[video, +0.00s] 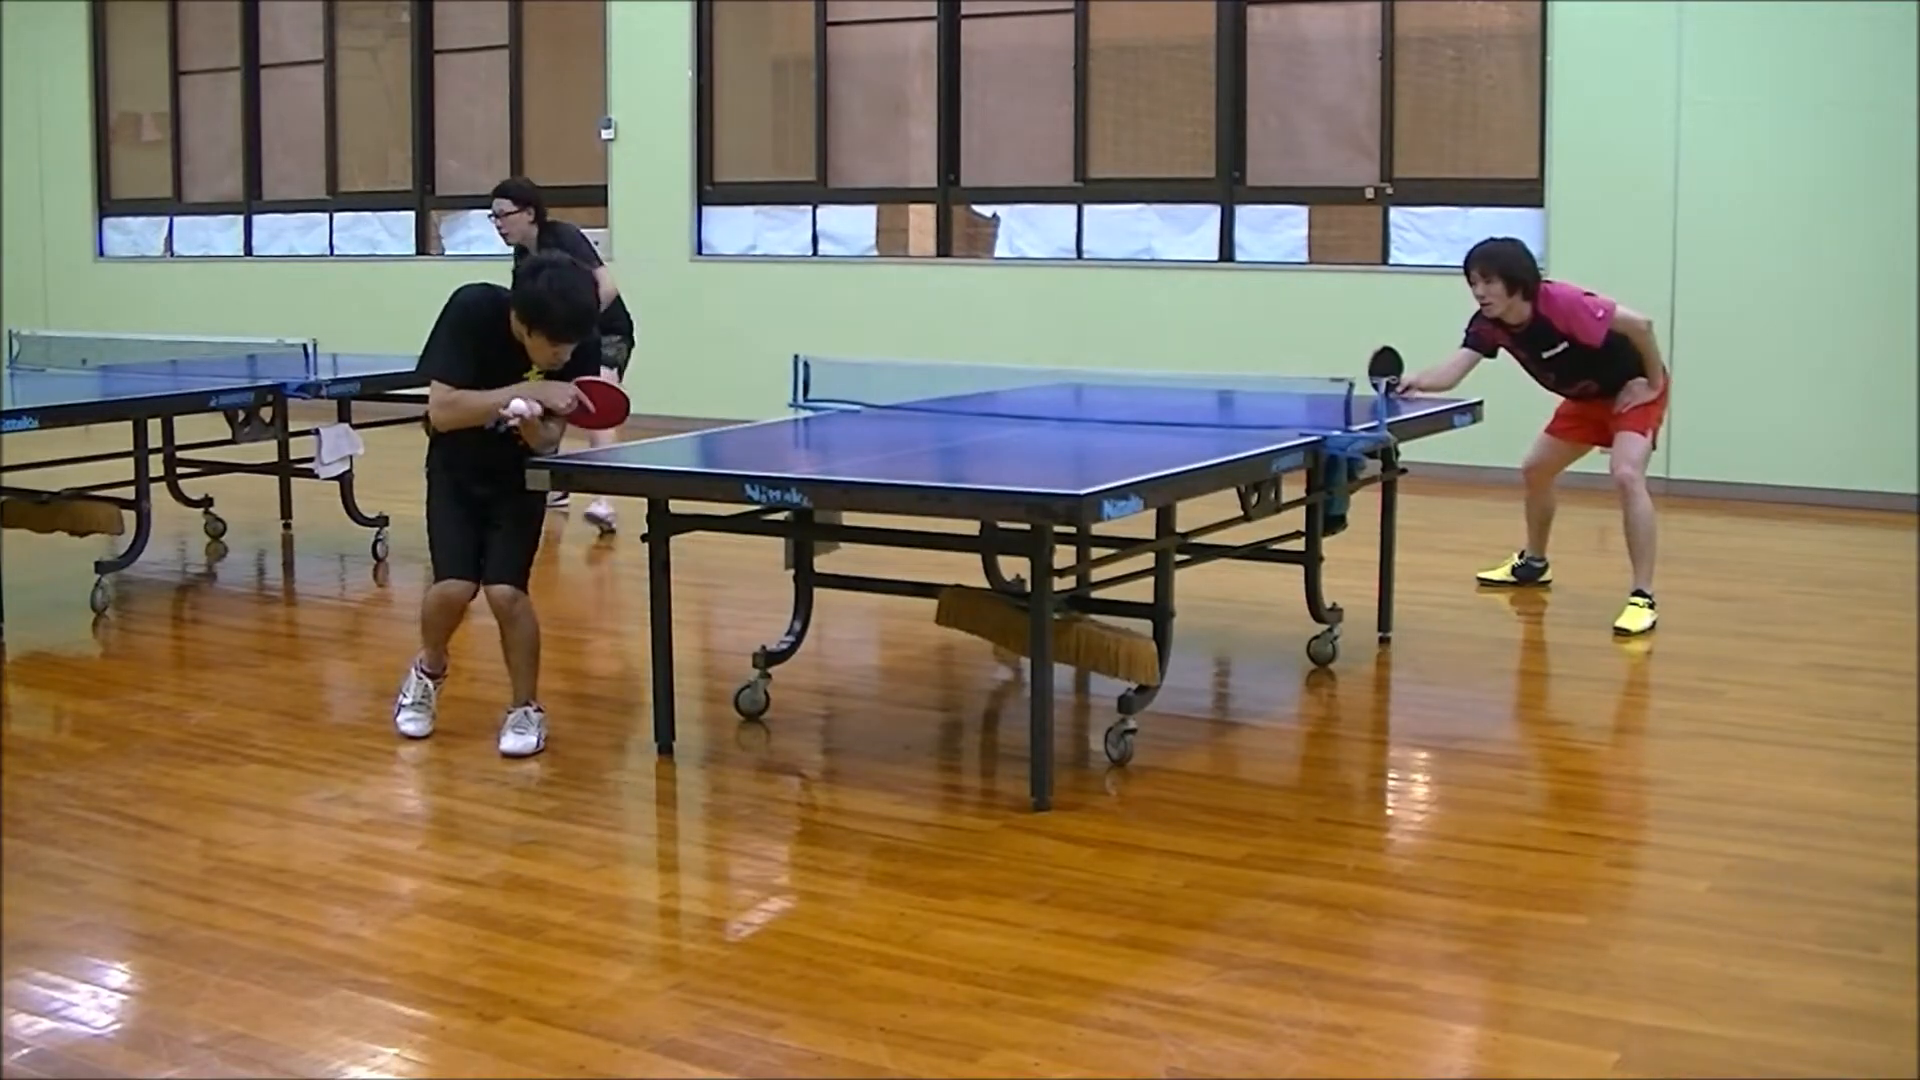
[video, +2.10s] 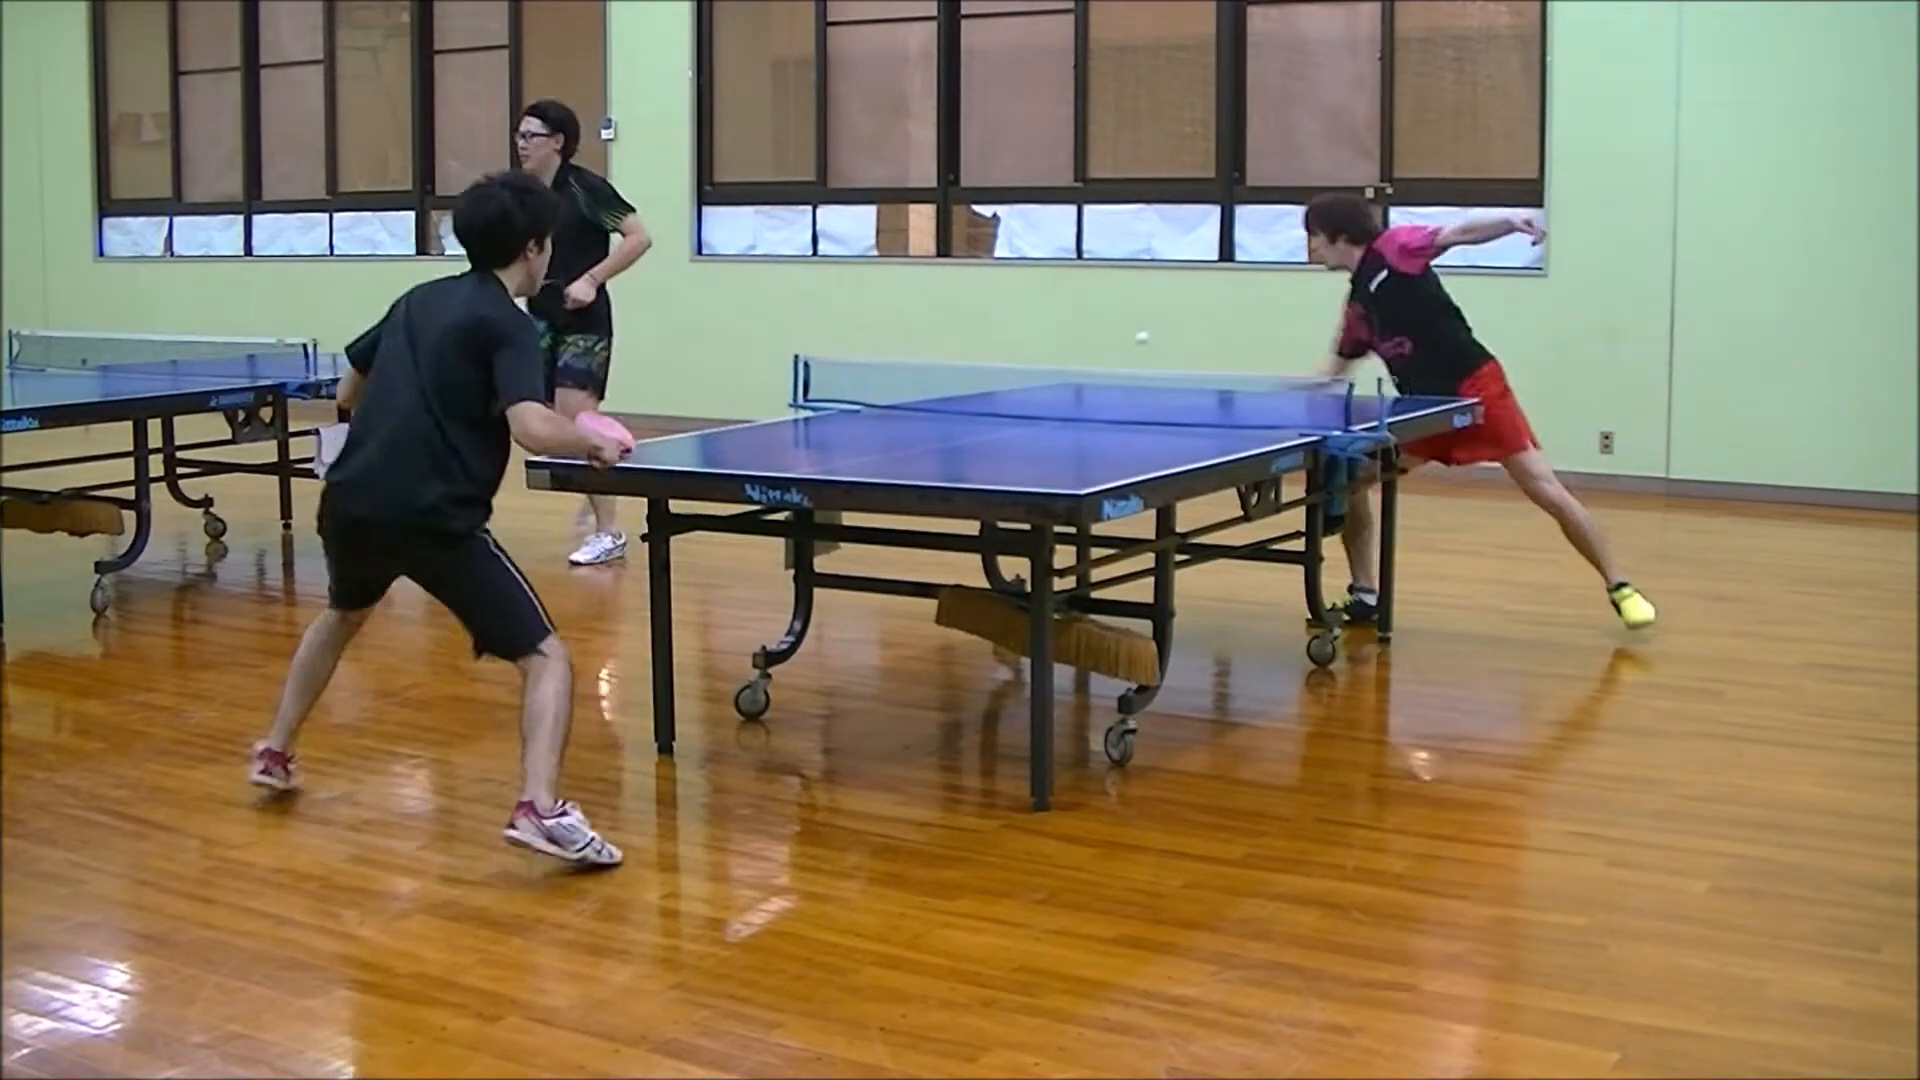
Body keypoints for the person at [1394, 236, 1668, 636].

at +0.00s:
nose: (1480, 291)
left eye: (1488, 280)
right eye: (1474, 283)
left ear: (1516, 281)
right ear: (1472, 286)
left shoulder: (1562, 302)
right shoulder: (1488, 323)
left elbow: (1640, 327)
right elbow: (1451, 373)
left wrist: (1655, 380)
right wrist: (1415, 381)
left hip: (1634, 386)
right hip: (1585, 396)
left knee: (1626, 475)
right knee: (1536, 470)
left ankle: (1642, 597)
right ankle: (1534, 563)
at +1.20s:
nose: (1503, 217)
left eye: (1516, 209)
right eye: (1501, 208)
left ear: (1542, 218)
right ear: (1498, 215)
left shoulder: (1575, 264)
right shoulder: (1503, 270)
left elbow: (1638, 315)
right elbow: (1480, 334)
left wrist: (1637, 385)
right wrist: (1449, 332)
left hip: (1608, 398)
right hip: (1555, 401)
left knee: (1609, 477)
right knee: (1510, 479)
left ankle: (1641, 593)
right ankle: (1531, 562)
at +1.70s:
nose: (1518, 209)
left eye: (1527, 199)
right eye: (1518, 200)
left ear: (1556, 203)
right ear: (1537, 204)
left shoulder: (1599, 244)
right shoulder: (1535, 274)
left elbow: (1620, 306)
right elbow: (1494, 336)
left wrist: (1578, 341)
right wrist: (1435, 328)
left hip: (1623, 417)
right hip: (1562, 417)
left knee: (1660, 517)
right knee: (1477, 475)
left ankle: (1705, 604)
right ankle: (1512, 580)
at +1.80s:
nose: (1473, 210)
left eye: (1480, 200)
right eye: (1473, 201)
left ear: (1508, 203)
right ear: (1500, 208)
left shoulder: (1549, 235)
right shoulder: (1492, 274)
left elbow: (1569, 263)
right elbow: (1450, 343)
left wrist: (1512, 266)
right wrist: (1386, 357)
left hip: (1590, 414)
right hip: (1530, 413)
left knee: (1640, 517)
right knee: (1439, 467)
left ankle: (1700, 603)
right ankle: (1420, 585)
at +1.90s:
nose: (1407, 224)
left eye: (1414, 215)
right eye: (1407, 215)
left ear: (1440, 216)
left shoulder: (1471, 240)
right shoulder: (1444, 293)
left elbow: (1499, 227)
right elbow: (1427, 370)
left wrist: (1491, 227)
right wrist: (1392, 403)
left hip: (1543, 405)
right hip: (1493, 413)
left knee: (1595, 516)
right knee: (1406, 486)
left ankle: (1664, 596)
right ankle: (1367, 595)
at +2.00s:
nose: (1346, 249)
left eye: (1351, 239)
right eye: (1345, 240)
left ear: (1377, 237)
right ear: (1372, 241)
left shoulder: (1411, 253)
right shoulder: (1399, 295)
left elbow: (1448, 234)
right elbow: (1404, 379)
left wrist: (1489, 212)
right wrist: (1390, 434)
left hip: (1500, 397)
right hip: (1451, 408)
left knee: (1560, 510)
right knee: (1367, 473)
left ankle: (1639, 598)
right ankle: (1366, 595)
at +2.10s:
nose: (1309, 247)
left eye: (1314, 236)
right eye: (1309, 237)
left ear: (1339, 236)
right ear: (1341, 238)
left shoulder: (1394, 247)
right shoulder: (1358, 303)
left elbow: (1455, 234)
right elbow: (1336, 370)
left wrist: (1515, 221)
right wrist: (1286, 403)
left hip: (1477, 386)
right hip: (1423, 405)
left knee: (1544, 489)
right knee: (1350, 477)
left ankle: (1618, 586)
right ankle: (1365, 596)